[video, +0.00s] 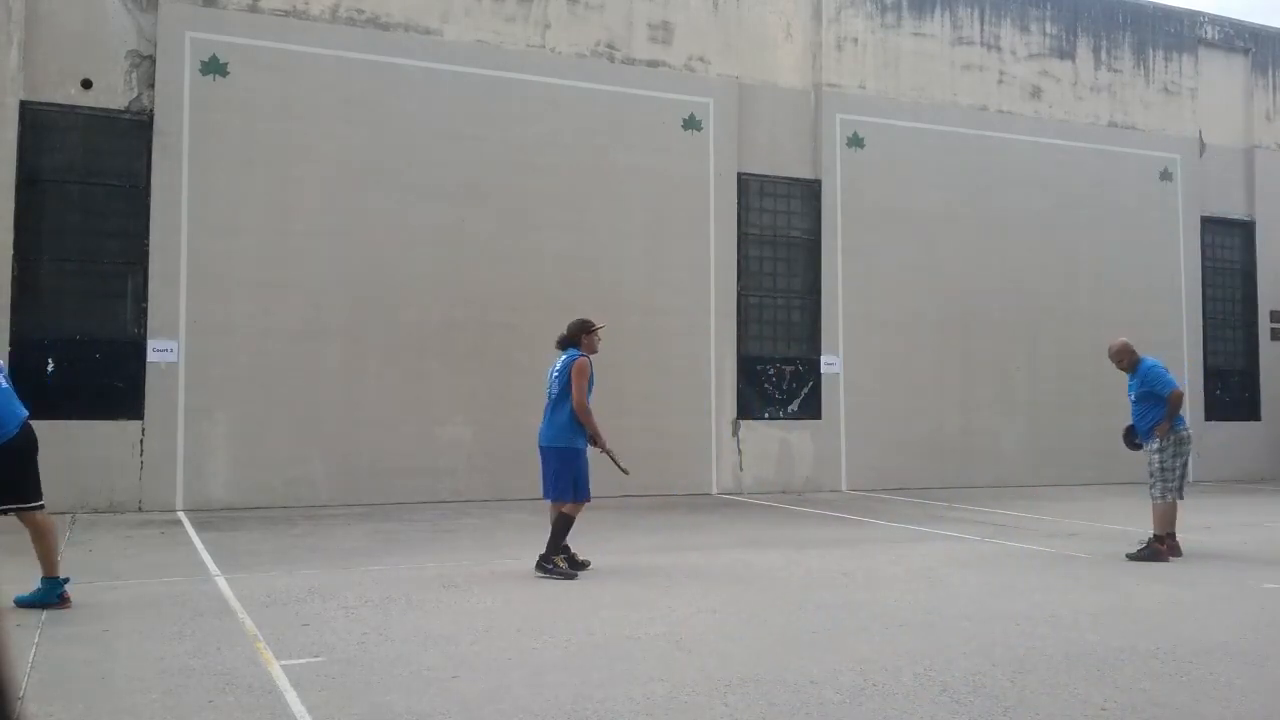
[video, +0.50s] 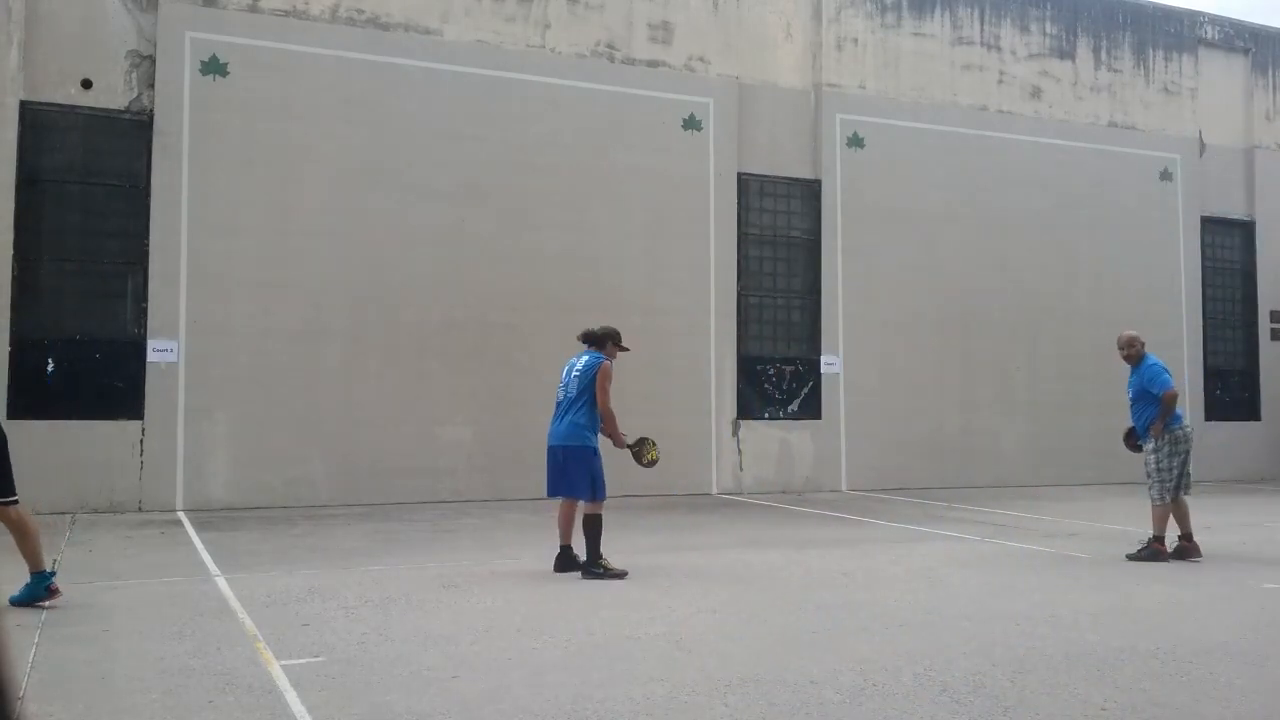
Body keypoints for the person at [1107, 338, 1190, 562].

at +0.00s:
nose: (1119, 366)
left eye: (1120, 361)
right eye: (1115, 363)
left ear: (1132, 354)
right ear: (1116, 361)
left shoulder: (1150, 370)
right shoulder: (1135, 373)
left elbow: (1176, 394)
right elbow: (1151, 405)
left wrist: (1167, 423)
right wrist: (1138, 427)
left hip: (1166, 437)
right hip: (1160, 437)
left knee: (1161, 491)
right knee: (1167, 491)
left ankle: (1158, 544)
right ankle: (1169, 540)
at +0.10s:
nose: (1113, 367)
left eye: (1115, 362)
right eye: (1111, 363)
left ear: (1127, 355)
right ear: (1121, 358)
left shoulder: (1146, 370)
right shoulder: (1136, 371)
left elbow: (1170, 396)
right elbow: (1150, 404)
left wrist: (1164, 423)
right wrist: (1138, 428)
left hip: (1163, 436)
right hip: (1163, 435)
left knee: (1159, 490)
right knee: (1167, 490)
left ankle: (1158, 544)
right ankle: (1169, 540)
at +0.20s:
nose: (1111, 362)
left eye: (1114, 356)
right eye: (1109, 358)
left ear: (1127, 352)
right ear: (1119, 355)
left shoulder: (1143, 370)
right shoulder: (1135, 370)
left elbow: (1166, 396)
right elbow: (1148, 404)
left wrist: (1159, 424)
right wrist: (1137, 429)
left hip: (1162, 436)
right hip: (1164, 435)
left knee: (1159, 490)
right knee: (1167, 490)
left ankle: (1158, 544)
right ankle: (1168, 539)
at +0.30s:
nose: (1113, 359)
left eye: (1117, 353)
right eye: (1111, 355)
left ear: (1130, 350)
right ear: (1113, 355)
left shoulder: (1142, 370)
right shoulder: (1136, 368)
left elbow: (1165, 396)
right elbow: (1149, 403)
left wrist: (1158, 424)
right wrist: (1138, 428)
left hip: (1162, 436)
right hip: (1170, 433)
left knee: (1158, 490)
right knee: (1170, 490)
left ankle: (1157, 544)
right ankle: (1173, 539)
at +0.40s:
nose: (1121, 354)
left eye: (1125, 348)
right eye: (1117, 350)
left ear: (1137, 347)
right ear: (1114, 354)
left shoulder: (1145, 369)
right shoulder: (1136, 369)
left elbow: (1166, 395)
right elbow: (1149, 403)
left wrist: (1158, 424)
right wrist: (1137, 427)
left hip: (1163, 436)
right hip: (1169, 434)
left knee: (1158, 491)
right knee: (1172, 491)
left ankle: (1157, 545)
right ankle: (1181, 541)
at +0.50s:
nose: (1126, 353)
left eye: (1131, 347)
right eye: (1122, 349)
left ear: (1142, 346)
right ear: (1119, 352)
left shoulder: (1151, 369)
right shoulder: (1137, 370)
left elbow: (1170, 394)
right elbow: (1148, 403)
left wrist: (1159, 423)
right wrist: (1137, 427)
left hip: (1166, 436)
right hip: (1168, 434)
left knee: (1160, 491)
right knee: (1173, 492)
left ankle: (1157, 545)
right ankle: (1188, 542)